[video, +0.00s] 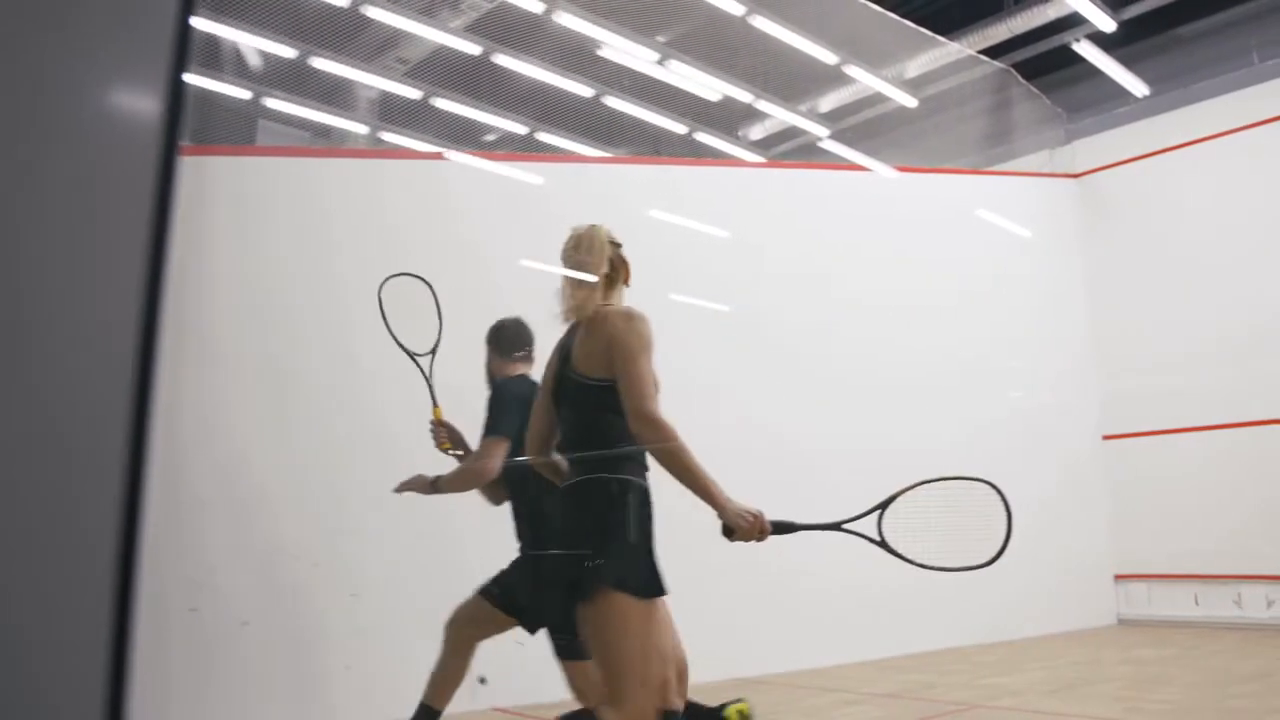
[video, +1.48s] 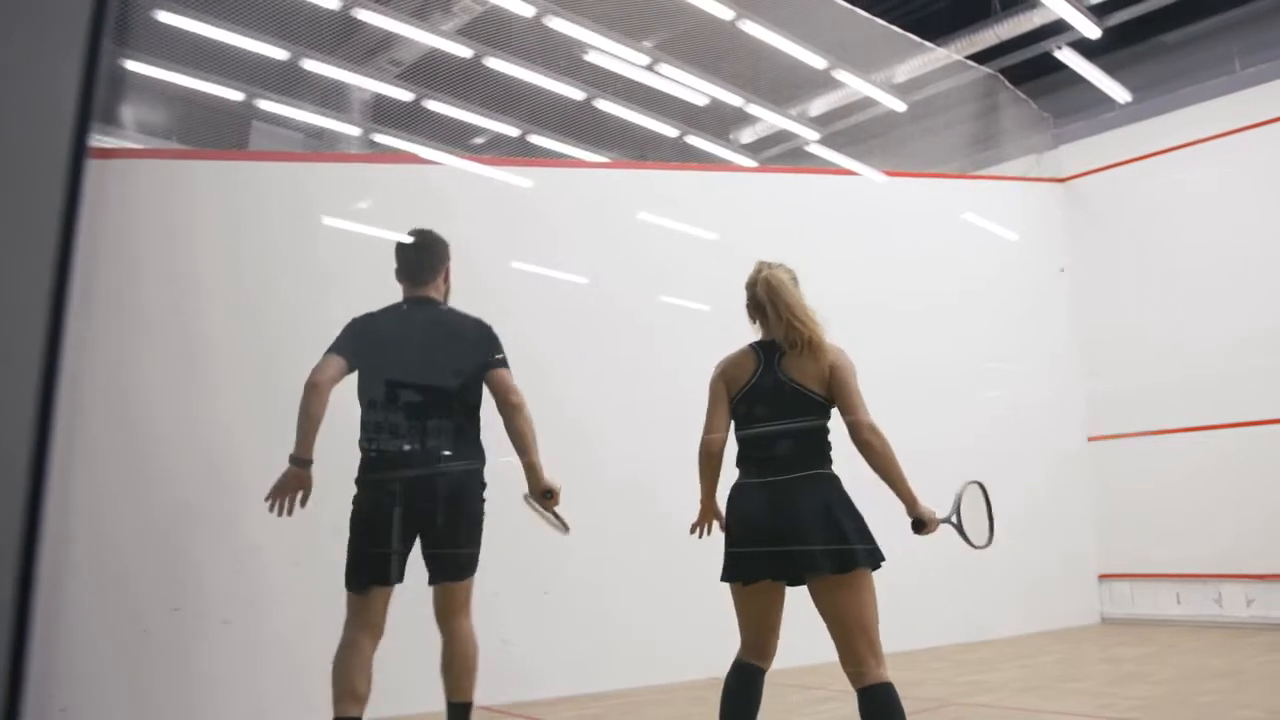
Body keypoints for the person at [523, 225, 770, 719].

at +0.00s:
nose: (568, 287)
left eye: (578, 277)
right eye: (568, 277)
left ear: (595, 278)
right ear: (619, 275)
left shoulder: (566, 344)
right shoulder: (627, 325)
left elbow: (536, 450)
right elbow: (646, 423)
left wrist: (580, 483)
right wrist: (724, 504)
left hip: (591, 519)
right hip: (611, 522)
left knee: (669, 682)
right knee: (635, 701)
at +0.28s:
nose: (686, 261)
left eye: (682, 252)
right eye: (683, 254)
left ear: (632, 265)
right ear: (677, 262)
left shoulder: (613, 341)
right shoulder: (698, 322)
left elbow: (602, 440)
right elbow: (713, 416)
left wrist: (660, 459)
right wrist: (782, 500)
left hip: (633, 511)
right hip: (693, 508)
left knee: (669, 678)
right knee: (777, 660)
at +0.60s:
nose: (750, 271)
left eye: (743, 265)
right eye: (748, 265)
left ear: (695, 278)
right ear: (746, 271)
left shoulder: (674, 351)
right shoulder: (774, 334)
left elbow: (664, 447)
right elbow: (784, 418)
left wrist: (719, 473)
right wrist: (847, 505)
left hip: (704, 517)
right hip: (778, 512)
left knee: (702, 683)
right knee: (853, 670)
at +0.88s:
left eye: (742, 294)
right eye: (792, 285)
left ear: (741, 301)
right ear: (793, 292)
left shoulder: (723, 367)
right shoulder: (826, 349)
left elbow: (713, 460)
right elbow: (850, 428)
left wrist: (755, 500)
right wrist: (907, 514)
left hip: (759, 529)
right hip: (833, 523)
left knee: (765, 681)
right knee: (889, 672)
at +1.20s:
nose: (759, 300)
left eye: (757, 294)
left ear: (759, 297)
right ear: (809, 289)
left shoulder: (738, 357)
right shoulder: (843, 346)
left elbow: (720, 438)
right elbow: (878, 420)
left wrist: (729, 484)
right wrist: (927, 495)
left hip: (765, 512)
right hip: (838, 506)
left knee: (767, 654)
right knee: (880, 668)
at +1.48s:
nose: (753, 312)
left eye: (751, 305)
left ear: (752, 309)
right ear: (799, 301)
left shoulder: (731, 368)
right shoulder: (829, 359)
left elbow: (712, 442)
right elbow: (863, 432)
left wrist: (708, 500)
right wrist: (911, 501)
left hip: (753, 519)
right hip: (820, 513)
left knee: (754, 652)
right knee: (866, 667)